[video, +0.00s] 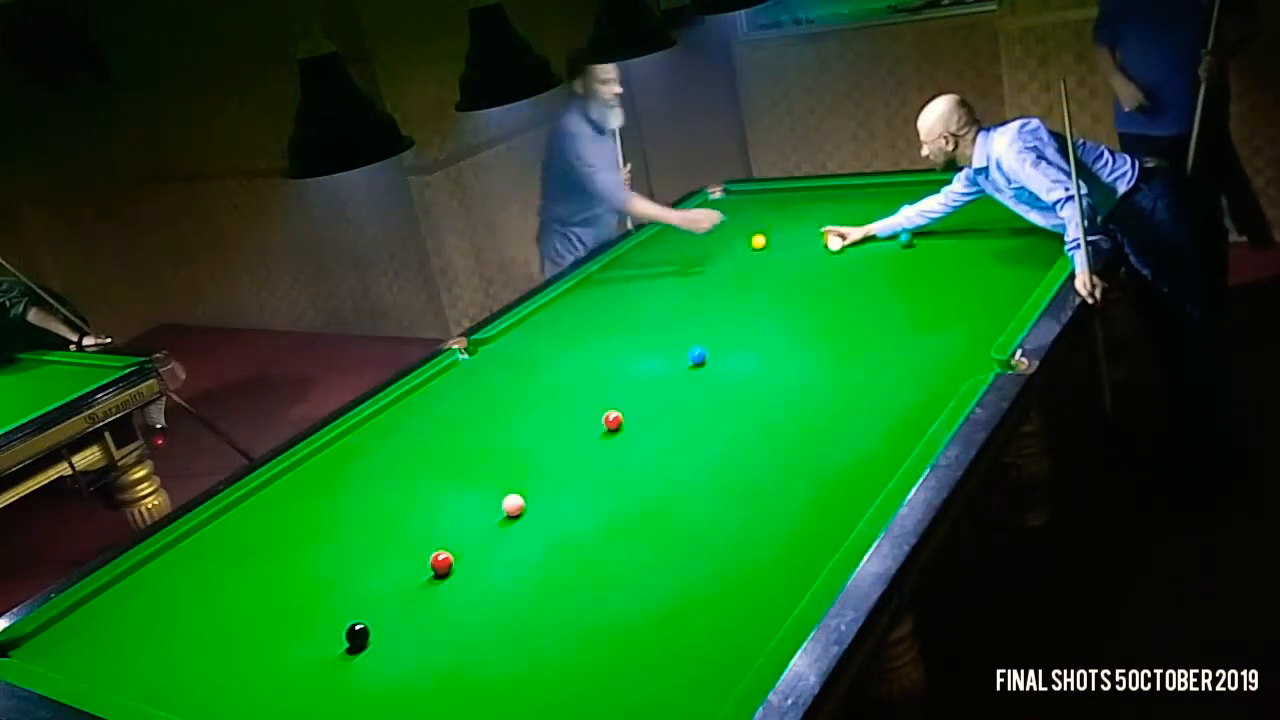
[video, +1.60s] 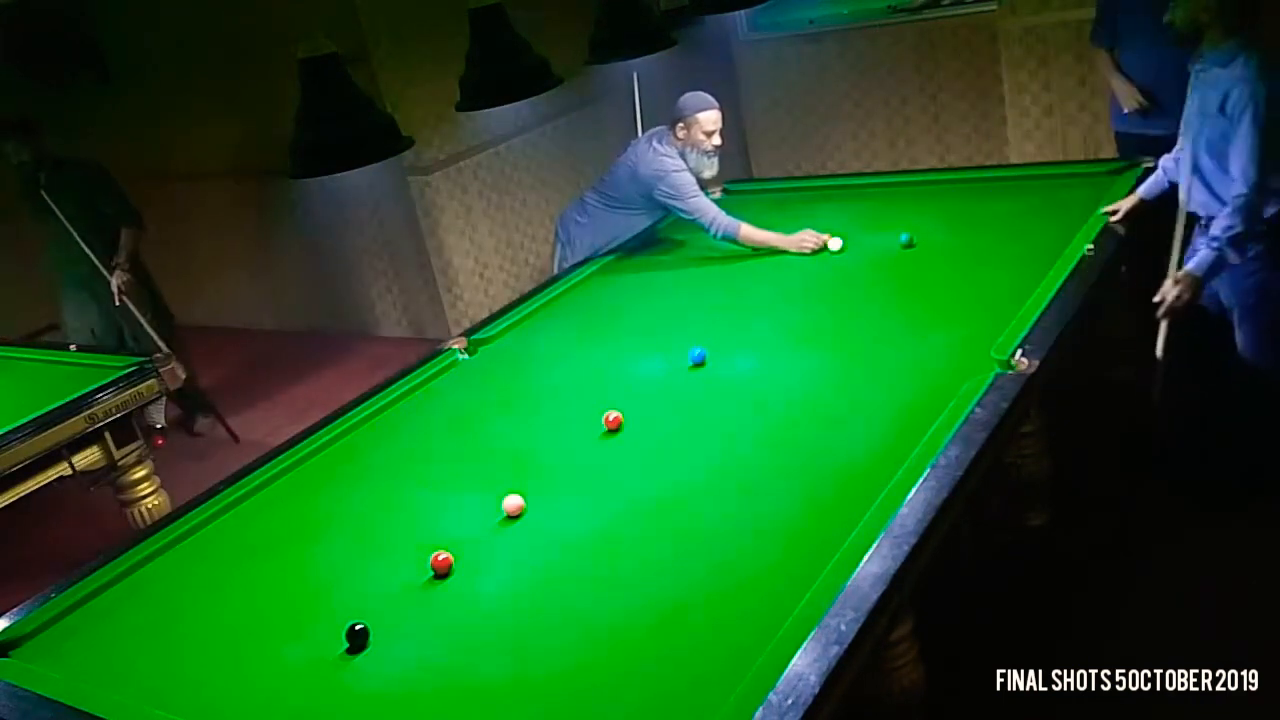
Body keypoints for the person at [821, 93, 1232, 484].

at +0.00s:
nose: (924, 150)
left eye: (927, 141)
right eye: (923, 143)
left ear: (952, 137)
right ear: (955, 134)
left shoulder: (1013, 145)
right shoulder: (979, 170)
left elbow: (1069, 196)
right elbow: (927, 210)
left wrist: (1081, 264)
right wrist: (861, 232)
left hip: (1148, 201)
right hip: (1124, 219)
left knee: (1194, 319)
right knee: (1174, 320)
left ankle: (1216, 444)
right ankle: (1197, 439)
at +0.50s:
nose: (940, 117)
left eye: (942, 106)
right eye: (938, 107)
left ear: (969, 103)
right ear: (971, 102)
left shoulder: (1030, 127)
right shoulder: (1000, 144)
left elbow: (1082, 190)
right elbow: (977, 195)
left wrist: (1086, 259)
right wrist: (917, 219)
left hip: (1147, 209)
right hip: (1122, 218)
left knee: (1190, 321)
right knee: (1171, 325)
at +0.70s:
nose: (975, 76)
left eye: (981, 65)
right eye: (975, 65)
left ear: (1010, 64)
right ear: (1011, 63)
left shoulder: (1060, 105)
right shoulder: (1038, 105)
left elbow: (1092, 188)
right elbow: (1053, 168)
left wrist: (1089, 261)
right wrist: (1000, 203)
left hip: (1154, 222)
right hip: (1128, 223)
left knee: (1189, 337)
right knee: (1168, 338)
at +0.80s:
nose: (998, 59)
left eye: (1005, 48)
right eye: (999, 48)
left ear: (1036, 47)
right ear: (1037, 46)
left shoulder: (1074, 95)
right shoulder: (1068, 87)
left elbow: (1099, 186)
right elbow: (1085, 165)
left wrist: (1092, 260)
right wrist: (1041, 195)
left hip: (1161, 231)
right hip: (1151, 225)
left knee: (1192, 348)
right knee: (1184, 343)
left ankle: (1217, 467)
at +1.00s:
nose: (1044, 39)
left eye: (1051, 28)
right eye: (1044, 29)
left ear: (1080, 29)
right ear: (1083, 29)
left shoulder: (1113, 85)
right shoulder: (1109, 75)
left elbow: (1119, 186)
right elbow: (1140, 154)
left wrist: (1095, 259)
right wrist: (1106, 182)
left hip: (1168, 237)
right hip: (1161, 233)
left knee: (1189, 359)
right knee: (1183, 356)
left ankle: (1211, 472)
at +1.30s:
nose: (1119, 21)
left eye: (1129, 11)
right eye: (1120, 12)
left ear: (1157, 16)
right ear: (1151, 20)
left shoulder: (1186, 78)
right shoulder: (1160, 73)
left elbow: (1170, 183)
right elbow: (1165, 152)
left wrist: (1126, 263)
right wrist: (1139, 192)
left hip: (1207, 243)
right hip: (1180, 236)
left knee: (1229, 362)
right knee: (1203, 357)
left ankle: (1241, 467)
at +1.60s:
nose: (1174, 12)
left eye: (1185, 5)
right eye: (1177, 6)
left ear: (1212, 9)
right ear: (1202, 15)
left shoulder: (1249, 73)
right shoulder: (1204, 66)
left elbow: (1250, 191)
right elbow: (1190, 150)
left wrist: (1196, 270)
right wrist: (1139, 195)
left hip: (1247, 243)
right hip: (1208, 234)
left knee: (1253, 365)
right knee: (1210, 357)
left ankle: (1252, 470)